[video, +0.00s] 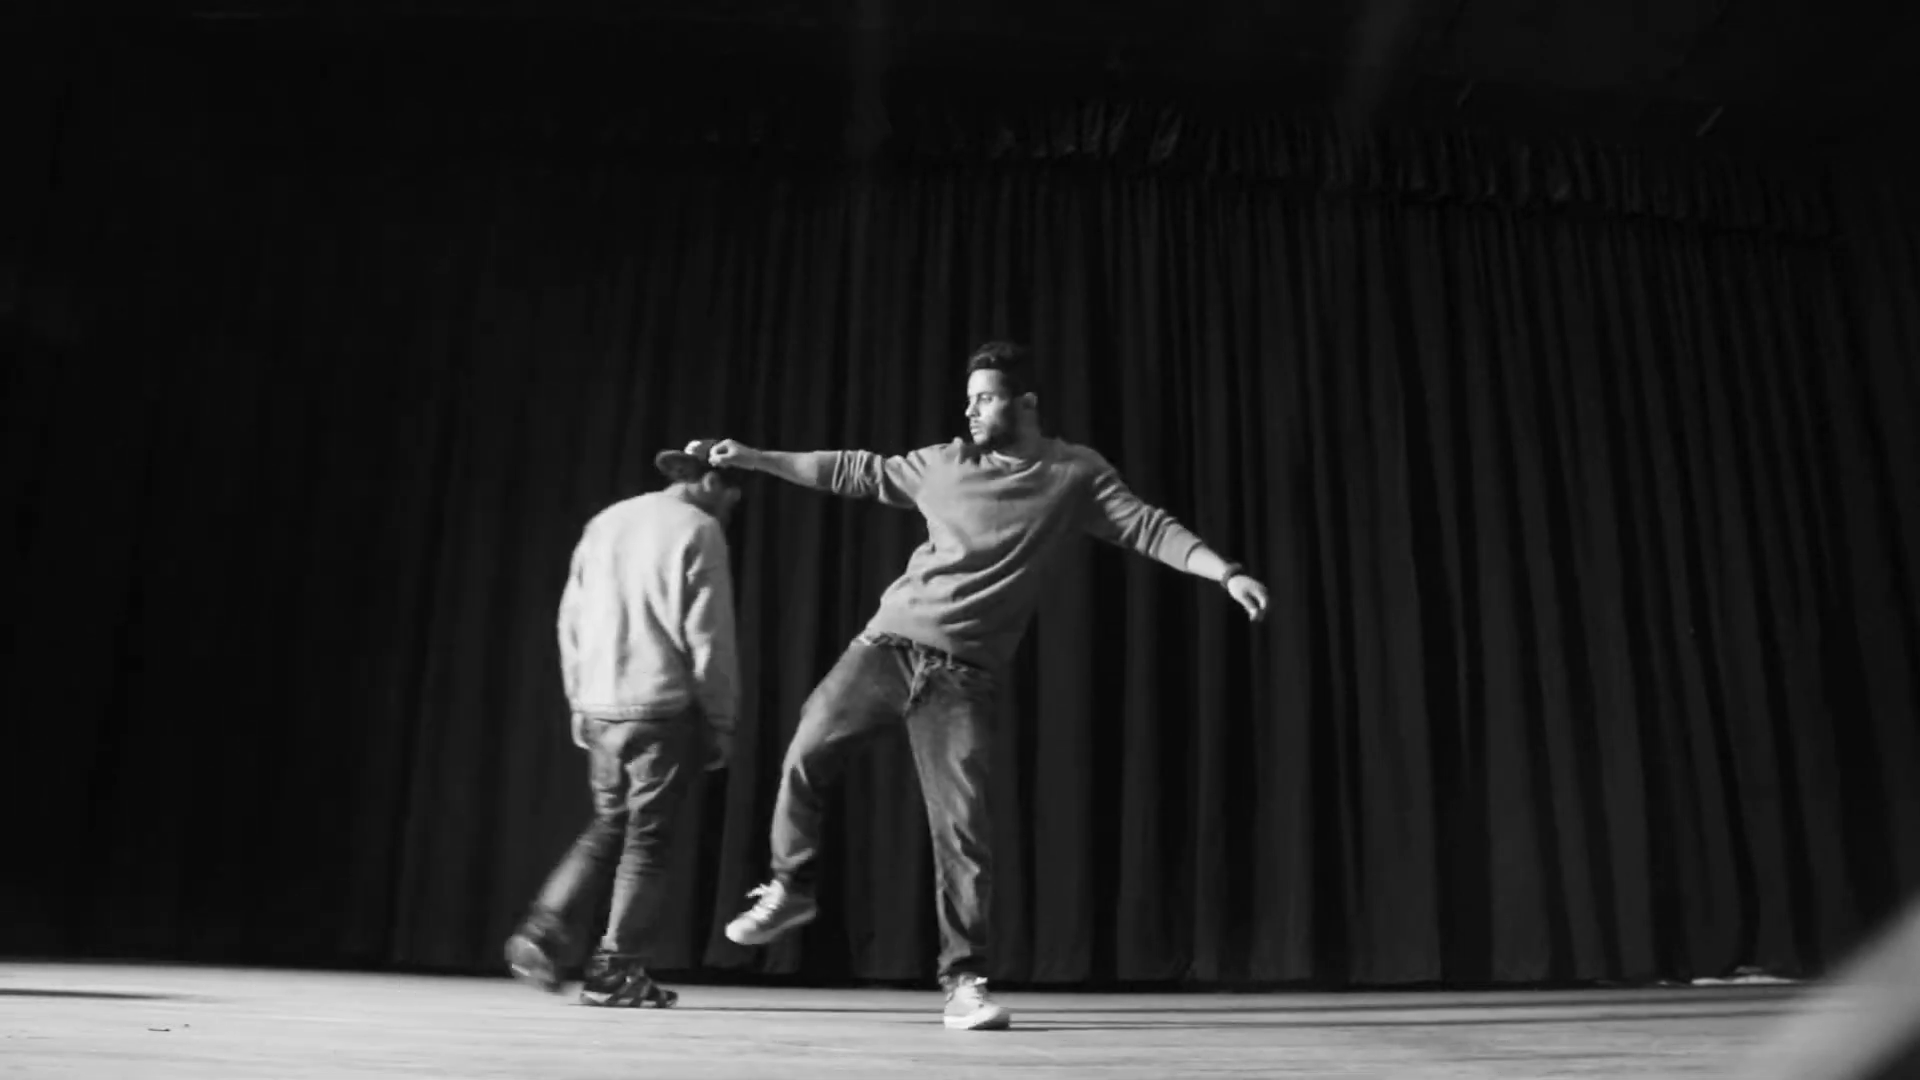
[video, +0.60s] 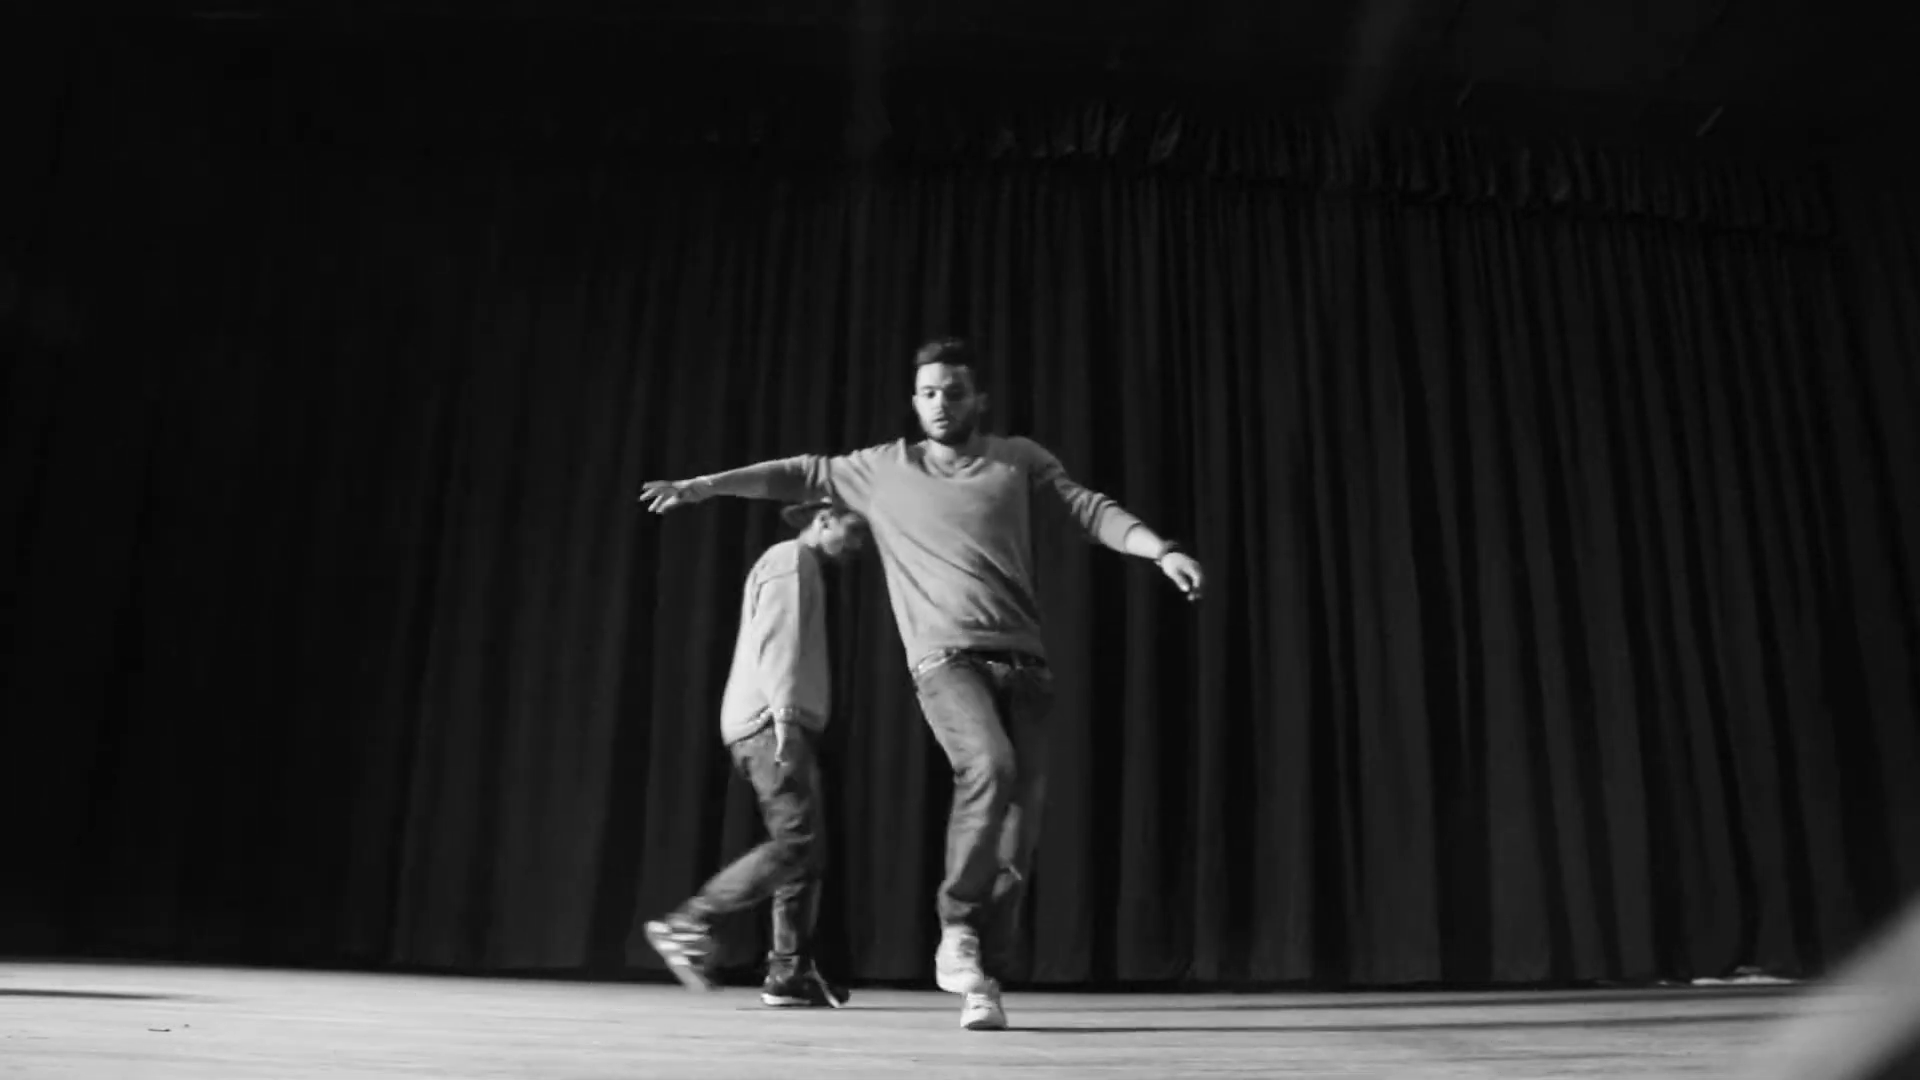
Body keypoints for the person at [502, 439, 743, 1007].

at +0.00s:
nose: (732, 506)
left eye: (735, 496)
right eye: (732, 495)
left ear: (676, 477)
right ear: (711, 483)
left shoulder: (603, 523)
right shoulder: (698, 529)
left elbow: (571, 625)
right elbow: (709, 638)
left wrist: (582, 704)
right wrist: (721, 721)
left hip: (600, 707)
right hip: (659, 708)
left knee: (606, 825)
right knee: (647, 840)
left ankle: (541, 936)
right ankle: (619, 968)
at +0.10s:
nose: (751, 506)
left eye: (753, 496)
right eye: (748, 494)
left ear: (698, 484)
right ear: (720, 485)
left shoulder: (624, 532)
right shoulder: (713, 532)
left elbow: (596, 630)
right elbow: (728, 632)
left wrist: (608, 711)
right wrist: (749, 715)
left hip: (623, 708)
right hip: (677, 707)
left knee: (649, 837)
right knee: (656, 840)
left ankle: (622, 965)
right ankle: (605, 962)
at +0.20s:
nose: (766, 511)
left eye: (768, 502)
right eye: (763, 499)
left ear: (712, 489)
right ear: (739, 489)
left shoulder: (647, 541)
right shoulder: (729, 535)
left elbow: (622, 639)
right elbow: (744, 636)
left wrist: (637, 718)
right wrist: (774, 721)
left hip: (649, 716)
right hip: (696, 713)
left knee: (695, 845)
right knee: (666, 842)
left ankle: (689, 968)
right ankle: (617, 966)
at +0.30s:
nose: (789, 516)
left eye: (790, 506)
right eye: (784, 504)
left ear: (737, 500)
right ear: (759, 499)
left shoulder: (672, 553)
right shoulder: (745, 545)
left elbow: (649, 644)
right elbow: (757, 638)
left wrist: (664, 713)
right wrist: (788, 720)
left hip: (670, 717)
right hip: (715, 713)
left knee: (722, 842)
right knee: (679, 836)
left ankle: (749, 964)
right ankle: (618, 960)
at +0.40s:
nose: (817, 524)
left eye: (816, 514)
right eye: (809, 513)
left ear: (760, 513)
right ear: (781, 513)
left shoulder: (707, 565)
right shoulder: (762, 557)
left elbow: (682, 657)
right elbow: (767, 647)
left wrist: (693, 723)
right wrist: (794, 729)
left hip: (698, 724)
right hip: (734, 723)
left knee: (755, 850)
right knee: (694, 842)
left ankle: (781, 972)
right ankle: (622, 957)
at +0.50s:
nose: (843, 539)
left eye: (844, 529)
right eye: (836, 528)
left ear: (803, 522)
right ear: (807, 523)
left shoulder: (764, 560)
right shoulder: (778, 560)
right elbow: (774, 649)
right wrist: (793, 729)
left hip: (743, 721)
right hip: (749, 722)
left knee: (782, 851)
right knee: (741, 846)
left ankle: (786, 970)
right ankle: (641, 942)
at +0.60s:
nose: (858, 543)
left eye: (861, 533)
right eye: (853, 530)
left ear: (821, 523)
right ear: (823, 521)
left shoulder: (792, 564)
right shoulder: (792, 561)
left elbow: (775, 650)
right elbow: (779, 645)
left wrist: (791, 724)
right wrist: (785, 725)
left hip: (777, 724)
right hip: (767, 725)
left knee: (801, 849)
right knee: (794, 844)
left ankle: (790, 971)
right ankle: (686, 924)